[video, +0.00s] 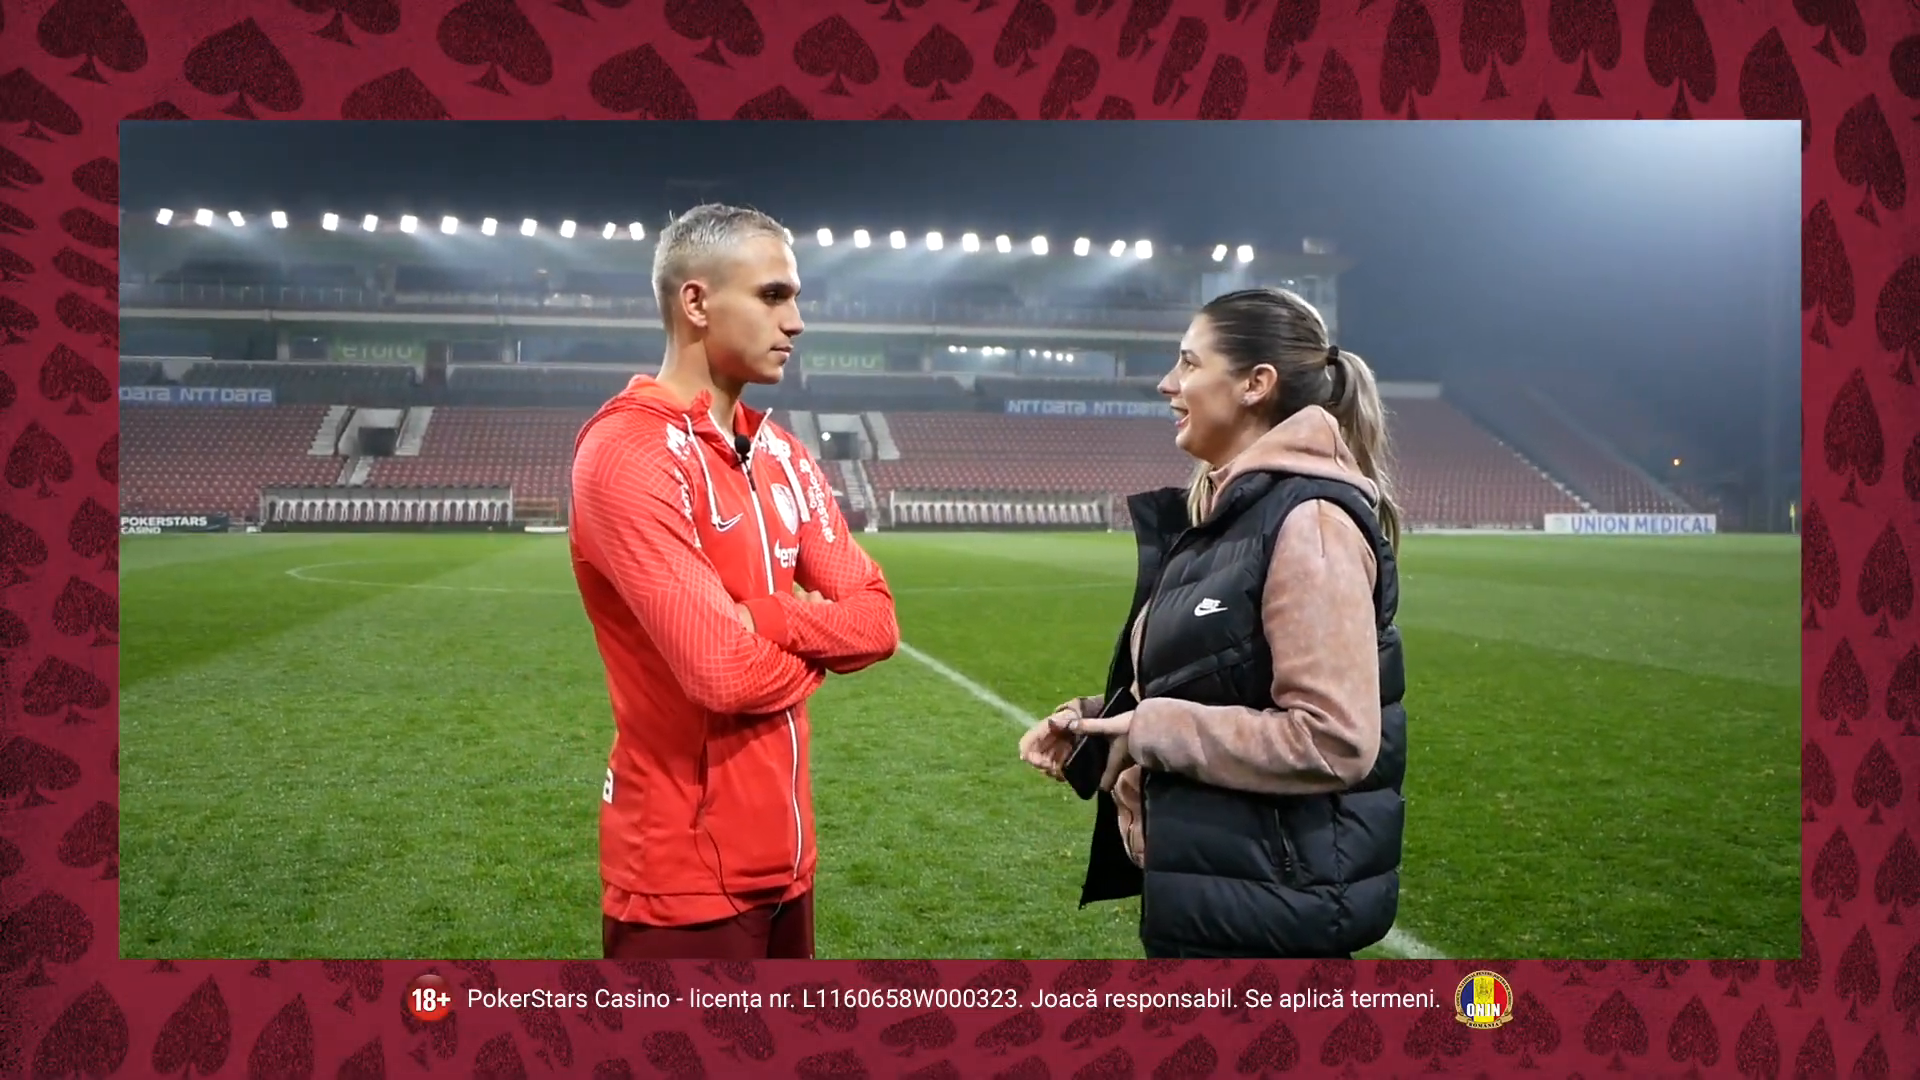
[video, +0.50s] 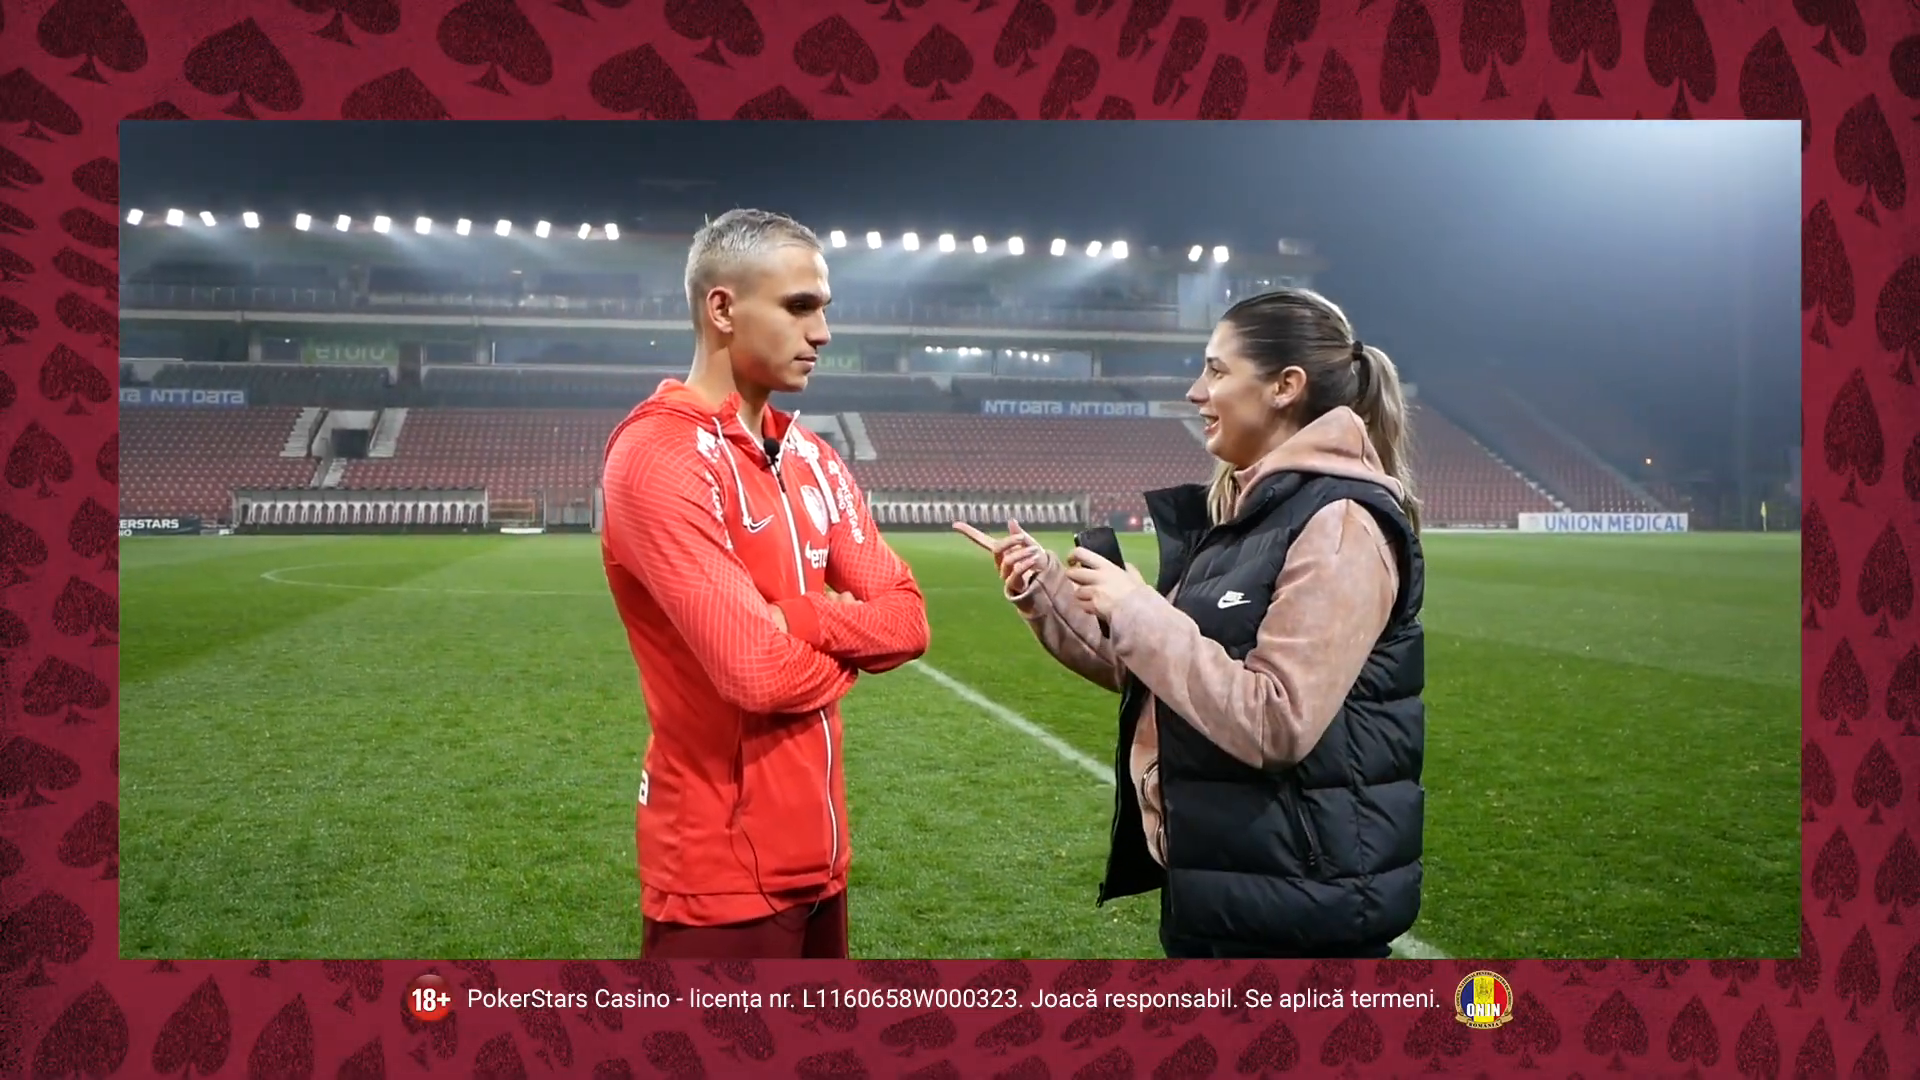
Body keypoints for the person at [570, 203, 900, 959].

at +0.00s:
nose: (796, 321)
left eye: (794, 298)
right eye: (772, 296)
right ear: (695, 303)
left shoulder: (784, 454)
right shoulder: (624, 456)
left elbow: (876, 622)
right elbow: (723, 676)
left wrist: (751, 615)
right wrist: (822, 644)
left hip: (781, 852)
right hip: (682, 865)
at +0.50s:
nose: (822, 333)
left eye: (823, 309)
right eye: (799, 307)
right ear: (721, 309)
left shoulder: (812, 455)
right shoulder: (655, 459)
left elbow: (908, 620)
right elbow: (758, 676)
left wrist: (790, 616)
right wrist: (852, 646)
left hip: (813, 847)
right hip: (719, 861)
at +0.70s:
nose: (823, 340)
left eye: (827, 317)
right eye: (800, 314)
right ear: (723, 308)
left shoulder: (815, 453)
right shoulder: (659, 457)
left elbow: (910, 621)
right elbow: (759, 674)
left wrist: (790, 615)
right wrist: (856, 638)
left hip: (817, 842)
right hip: (722, 857)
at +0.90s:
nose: (825, 347)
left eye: (830, 323)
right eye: (803, 319)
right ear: (728, 313)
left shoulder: (817, 454)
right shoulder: (662, 460)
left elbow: (911, 625)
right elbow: (757, 678)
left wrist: (788, 619)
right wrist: (854, 646)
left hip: (818, 846)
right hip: (722, 859)